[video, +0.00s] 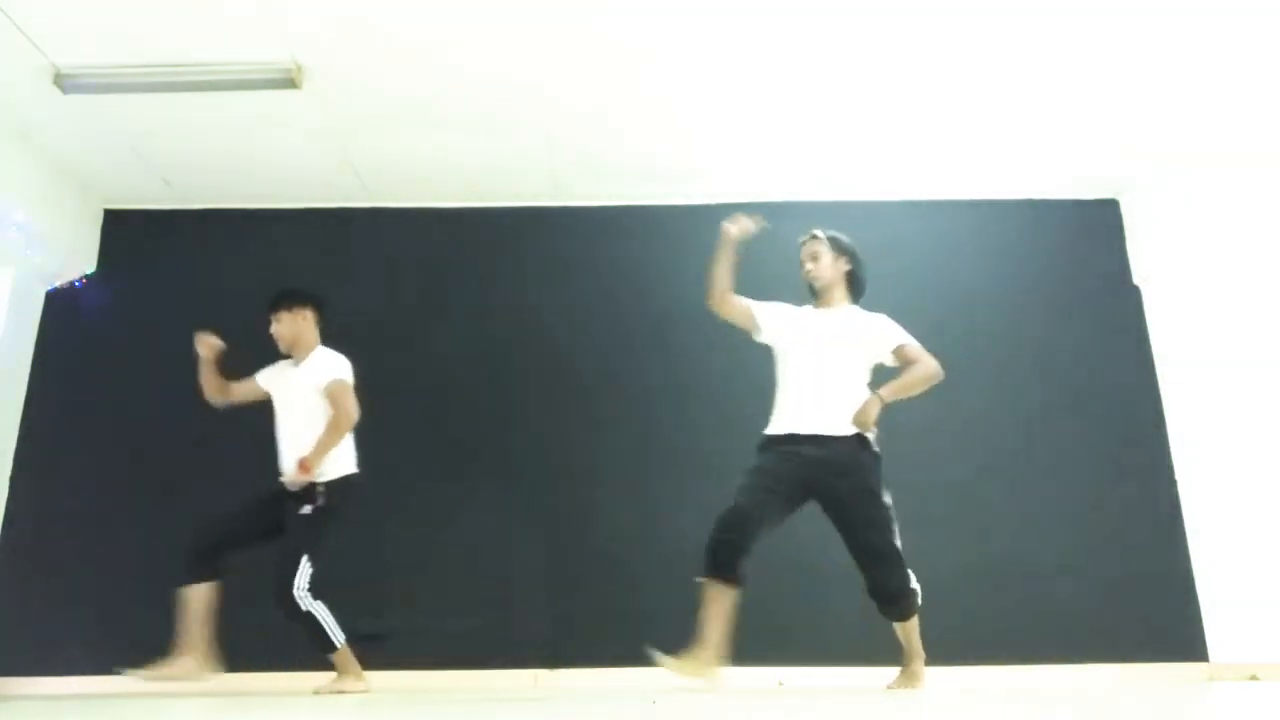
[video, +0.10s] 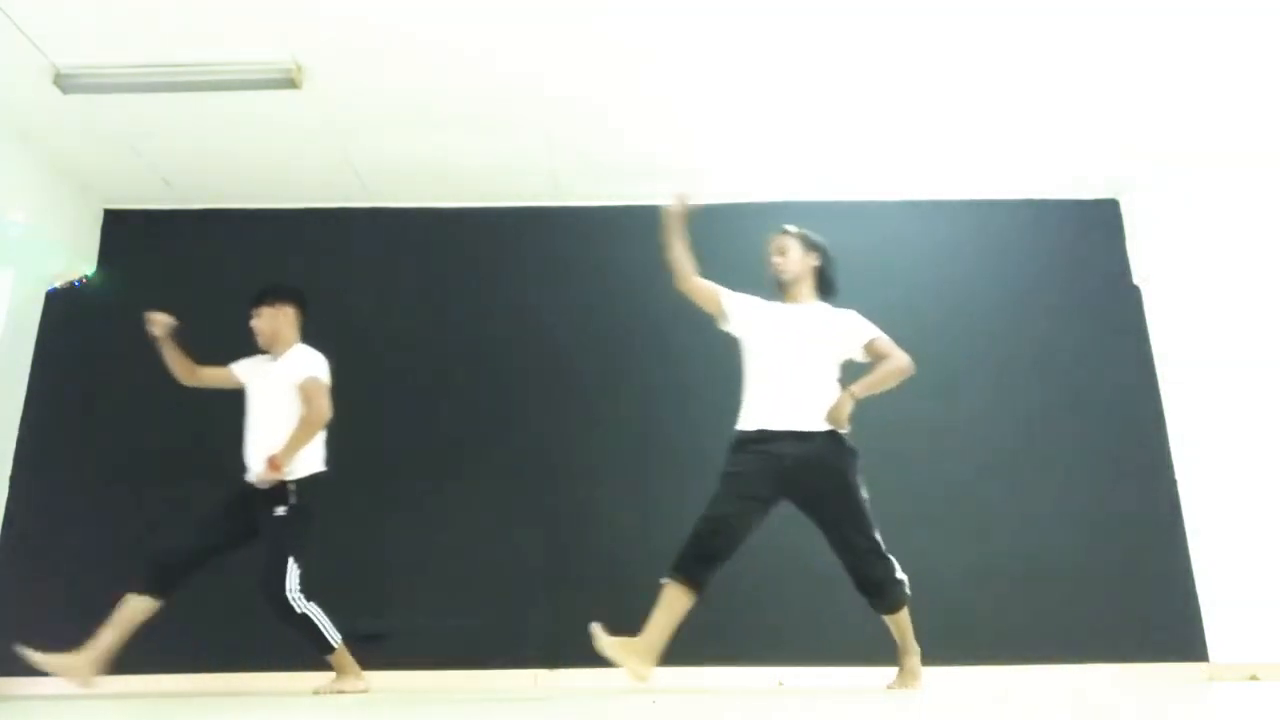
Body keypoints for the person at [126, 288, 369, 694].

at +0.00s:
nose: (272, 330)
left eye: (277, 320)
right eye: (271, 322)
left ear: (304, 318)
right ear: (289, 323)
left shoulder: (330, 364)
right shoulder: (281, 373)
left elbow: (347, 413)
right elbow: (219, 395)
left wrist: (313, 458)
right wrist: (207, 359)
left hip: (328, 493)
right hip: (290, 494)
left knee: (297, 590)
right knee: (205, 547)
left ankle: (351, 674)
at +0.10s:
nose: (252, 322)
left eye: (259, 313)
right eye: (252, 315)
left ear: (287, 315)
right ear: (270, 320)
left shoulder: (307, 361)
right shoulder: (258, 367)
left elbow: (320, 413)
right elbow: (191, 376)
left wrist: (284, 455)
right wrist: (164, 339)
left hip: (292, 495)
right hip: (254, 494)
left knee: (286, 593)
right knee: (170, 563)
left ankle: (351, 674)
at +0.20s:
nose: (215, 320)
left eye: (224, 311)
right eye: (216, 313)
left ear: (252, 315)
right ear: (231, 321)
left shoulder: (271, 360)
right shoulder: (215, 366)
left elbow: (286, 412)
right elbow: (146, 368)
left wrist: (250, 456)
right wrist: (103, 332)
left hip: (259, 495)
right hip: (217, 497)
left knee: (275, 594)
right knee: (140, 571)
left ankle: (349, 674)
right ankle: (49, 671)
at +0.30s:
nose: (159, 324)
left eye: (169, 315)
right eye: (161, 317)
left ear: (196, 320)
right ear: (170, 326)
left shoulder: (217, 362)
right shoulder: (159, 373)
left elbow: (249, 412)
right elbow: (85, 374)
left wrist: (217, 462)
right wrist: (29, 345)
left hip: (232, 496)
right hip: (185, 501)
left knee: (266, 588)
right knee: (100, 561)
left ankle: (345, 671)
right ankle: (32, 674)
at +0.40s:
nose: (103, 337)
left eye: (111, 327)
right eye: (103, 330)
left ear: (141, 329)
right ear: (115, 340)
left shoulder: (170, 368)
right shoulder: (113, 387)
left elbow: (216, 414)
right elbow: (38, 399)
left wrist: (195, 474)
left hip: (212, 497)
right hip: (167, 506)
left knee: (251, 586)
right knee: (71, 558)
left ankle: (327, 671)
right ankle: (30, 673)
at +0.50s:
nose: (63, 353)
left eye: (71, 342)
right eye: (62, 345)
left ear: (103, 342)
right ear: (88, 347)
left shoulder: (141, 378)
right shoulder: (81, 405)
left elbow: (198, 414)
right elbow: (27, 429)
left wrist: (185, 476)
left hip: (202, 500)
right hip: (156, 509)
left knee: (242, 587)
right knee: (62, 556)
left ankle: (314, 671)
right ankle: (28, 673)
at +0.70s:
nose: (51, 381)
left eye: (56, 370)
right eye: (49, 374)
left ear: (86, 362)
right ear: (74, 372)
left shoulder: (135, 391)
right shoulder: (83, 430)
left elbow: (204, 419)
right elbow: (35, 483)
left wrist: (199, 483)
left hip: (210, 504)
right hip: (160, 515)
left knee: (257, 589)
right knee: (68, 560)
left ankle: (324, 669)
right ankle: (30, 674)